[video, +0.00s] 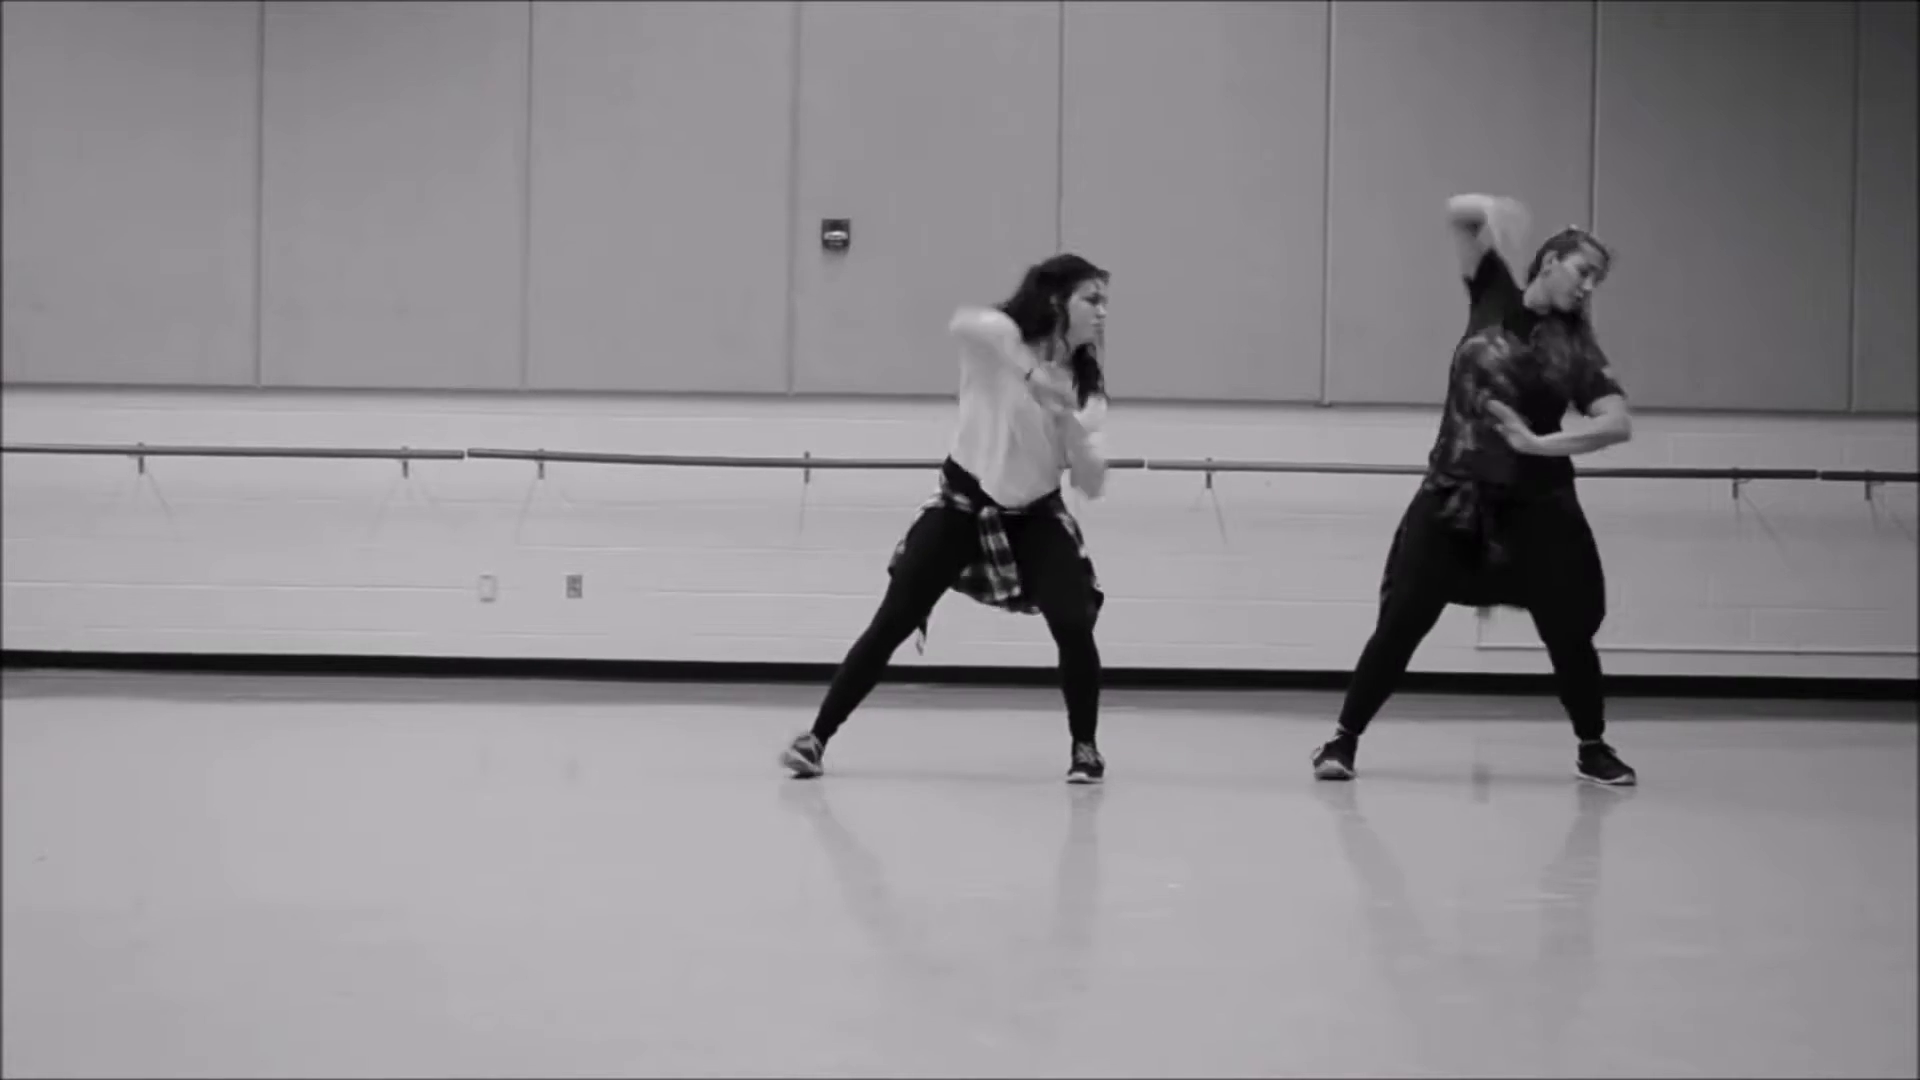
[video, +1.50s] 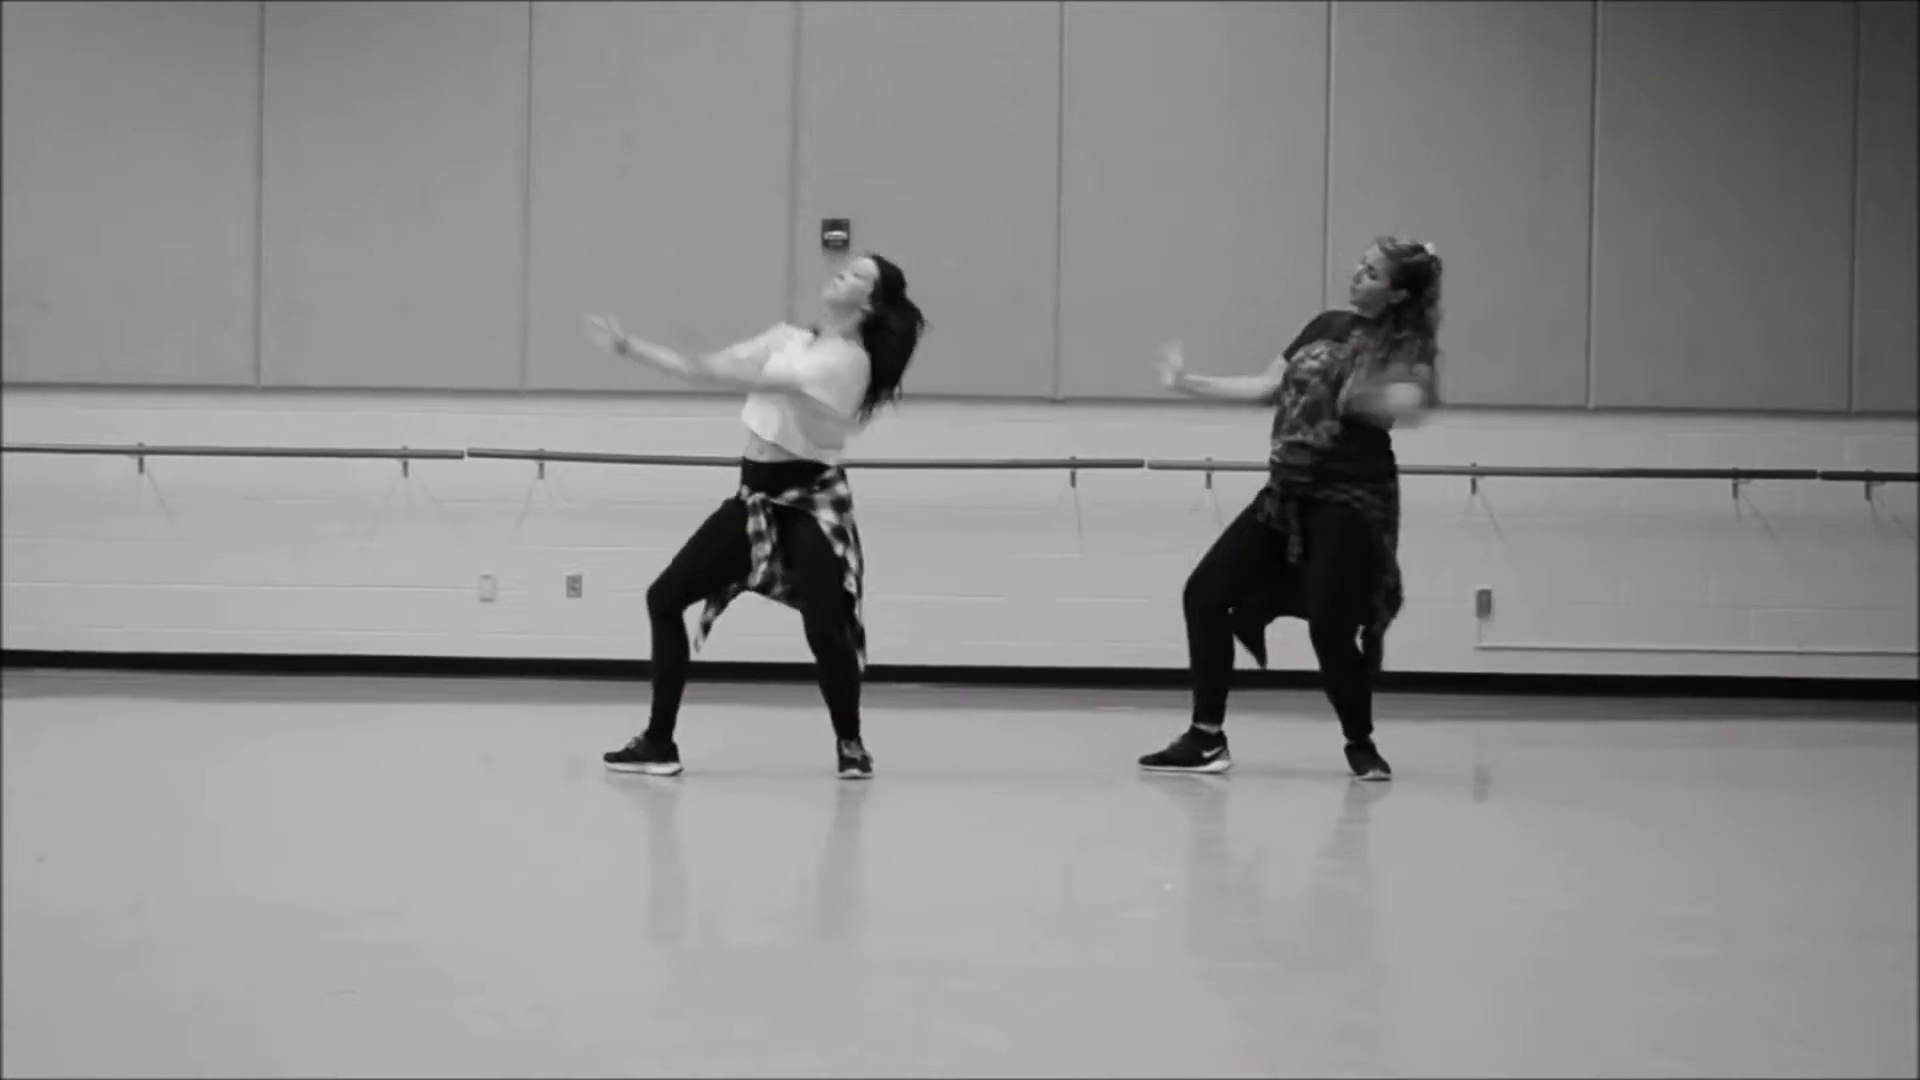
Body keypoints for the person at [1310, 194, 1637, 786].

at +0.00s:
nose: (1589, 286)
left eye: (1595, 279)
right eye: (1584, 270)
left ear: (1592, 286)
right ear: (1550, 259)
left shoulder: (1577, 349)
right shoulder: (1493, 297)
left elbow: (1616, 423)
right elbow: (1458, 215)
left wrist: (1538, 443)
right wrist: (1494, 210)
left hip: (1535, 507)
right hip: (1453, 497)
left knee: (1569, 635)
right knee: (1401, 623)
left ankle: (1593, 748)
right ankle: (1343, 741)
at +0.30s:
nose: (1540, 264)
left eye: (1555, 268)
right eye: (1541, 252)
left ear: (1564, 291)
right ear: (1527, 253)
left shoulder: (1553, 343)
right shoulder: (1494, 301)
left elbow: (1580, 401)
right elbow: (1482, 250)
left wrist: (1507, 437)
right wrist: (1484, 184)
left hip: (1527, 505)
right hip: (1457, 498)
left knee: (1554, 634)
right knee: (1397, 617)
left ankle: (1594, 749)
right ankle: (1336, 736)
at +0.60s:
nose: (1493, 263)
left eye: (1509, 267)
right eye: (1497, 255)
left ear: (1522, 297)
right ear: (1483, 270)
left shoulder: (1525, 346)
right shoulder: (1459, 328)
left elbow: (1561, 405)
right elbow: (1436, 347)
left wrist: (1510, 437)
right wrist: (1422, 296)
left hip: (1522, 514)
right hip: (1452, 512)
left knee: (1550, 634)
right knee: (1379, 606)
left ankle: (1596, 749)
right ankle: (1327, 737)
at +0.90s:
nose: (1374, 268)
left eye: (1390, 265)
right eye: (1380, 259)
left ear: (1416, 287)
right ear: (1385, 279)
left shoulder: (1434, 341)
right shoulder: (1357, 341)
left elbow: (1468, 374)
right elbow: (1353, 399)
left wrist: (1495, 391)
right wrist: (1283, 383)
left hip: (1447, 508)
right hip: (1381, 509)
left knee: (1474, 628)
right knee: (1307, 603)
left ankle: (1559, 709)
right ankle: (1317, 739)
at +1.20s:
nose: (1337, 267)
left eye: (1351, 263)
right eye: (1341, 258)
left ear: (1381, 283)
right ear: (1350, 271)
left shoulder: (1400, 339)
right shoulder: (1326, 332)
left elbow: (1442, 379)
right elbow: (1312, 393)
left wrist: (1480, 398)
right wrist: (1253, 376)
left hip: (1393, 500)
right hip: (1328, 500)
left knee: (1360, 623)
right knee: (1251, 601)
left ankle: (1364, 747)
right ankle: (1212, 738)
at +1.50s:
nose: (1357, 274)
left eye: (1372, 273)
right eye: (1362, 265)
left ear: (1397, 295)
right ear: (1359, 274)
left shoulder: (1403, 348)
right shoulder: (1327, 326)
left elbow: (1407, 400)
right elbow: (1264, 386)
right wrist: (1188, 381)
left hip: (1351, 502)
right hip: (1286, 495)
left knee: (1330, 626)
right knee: (1204, 595)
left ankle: (1361, 746)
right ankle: (1206, 735)